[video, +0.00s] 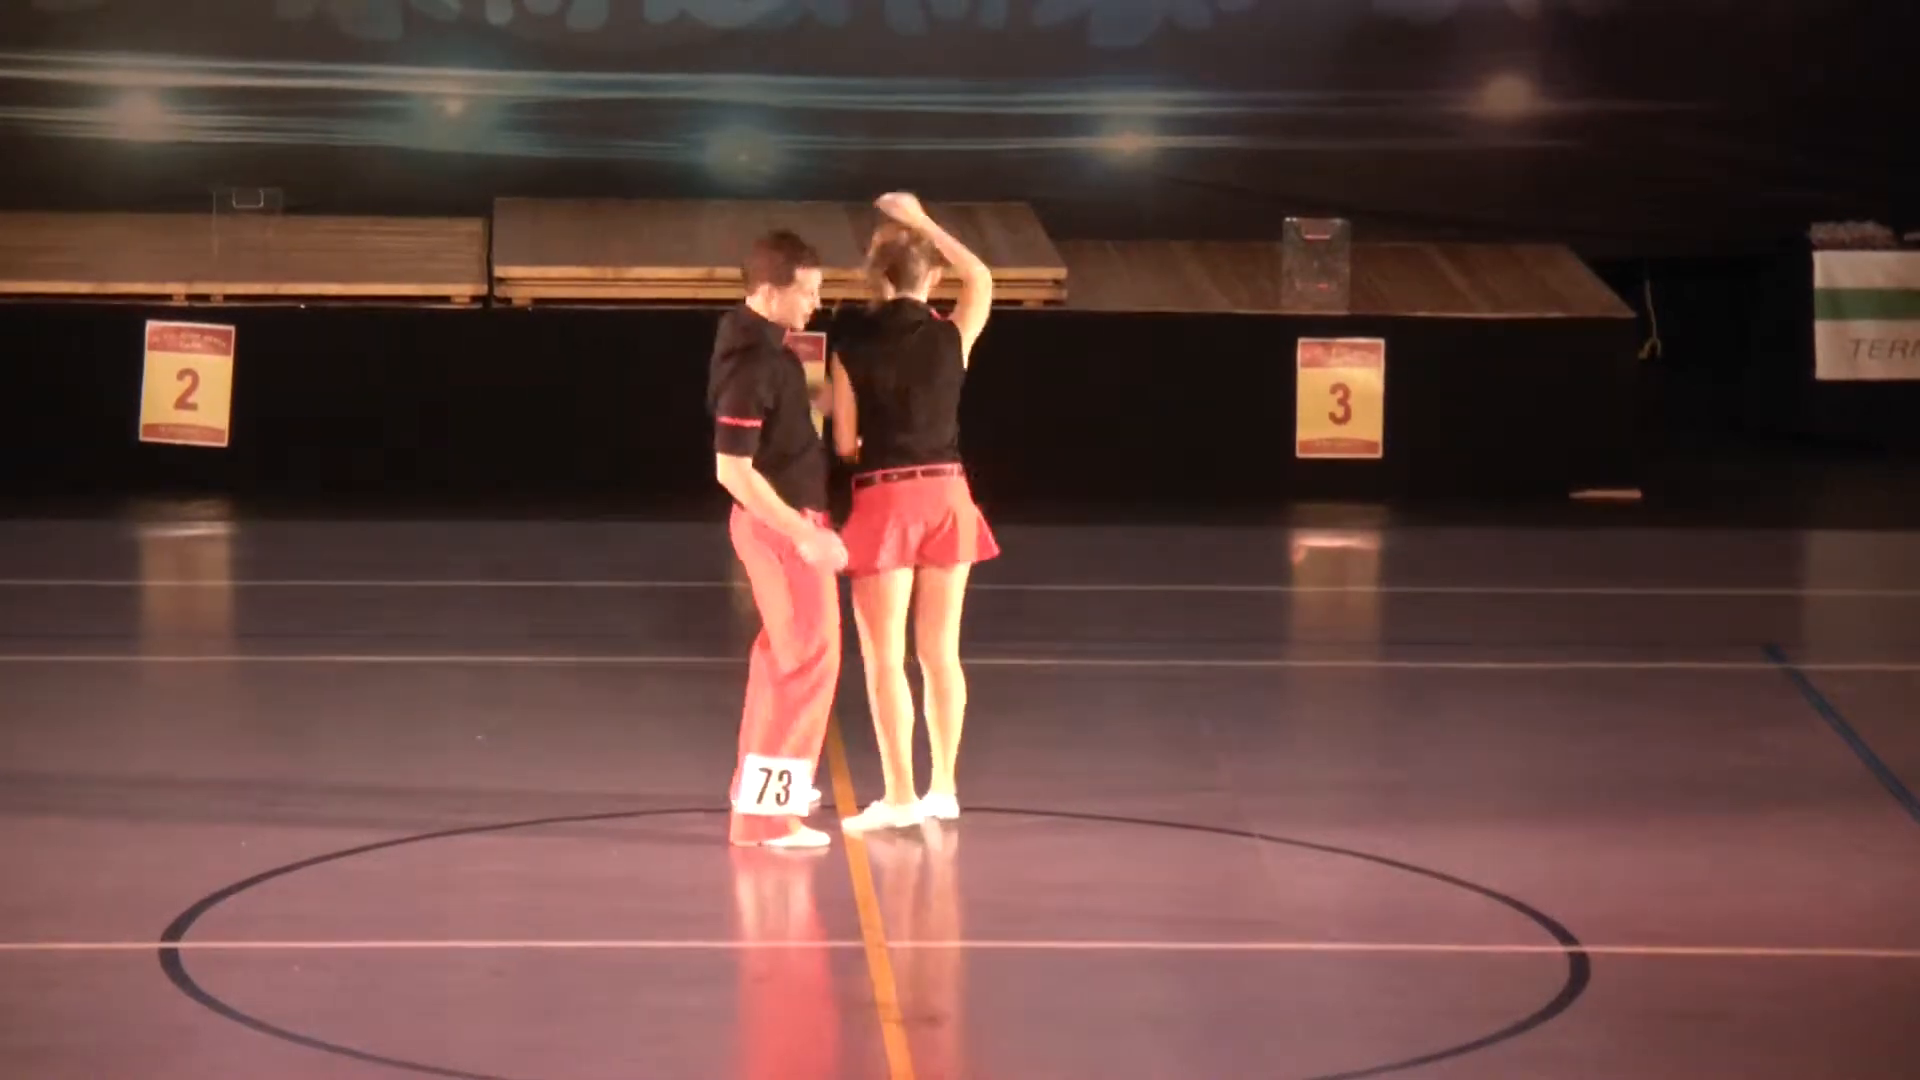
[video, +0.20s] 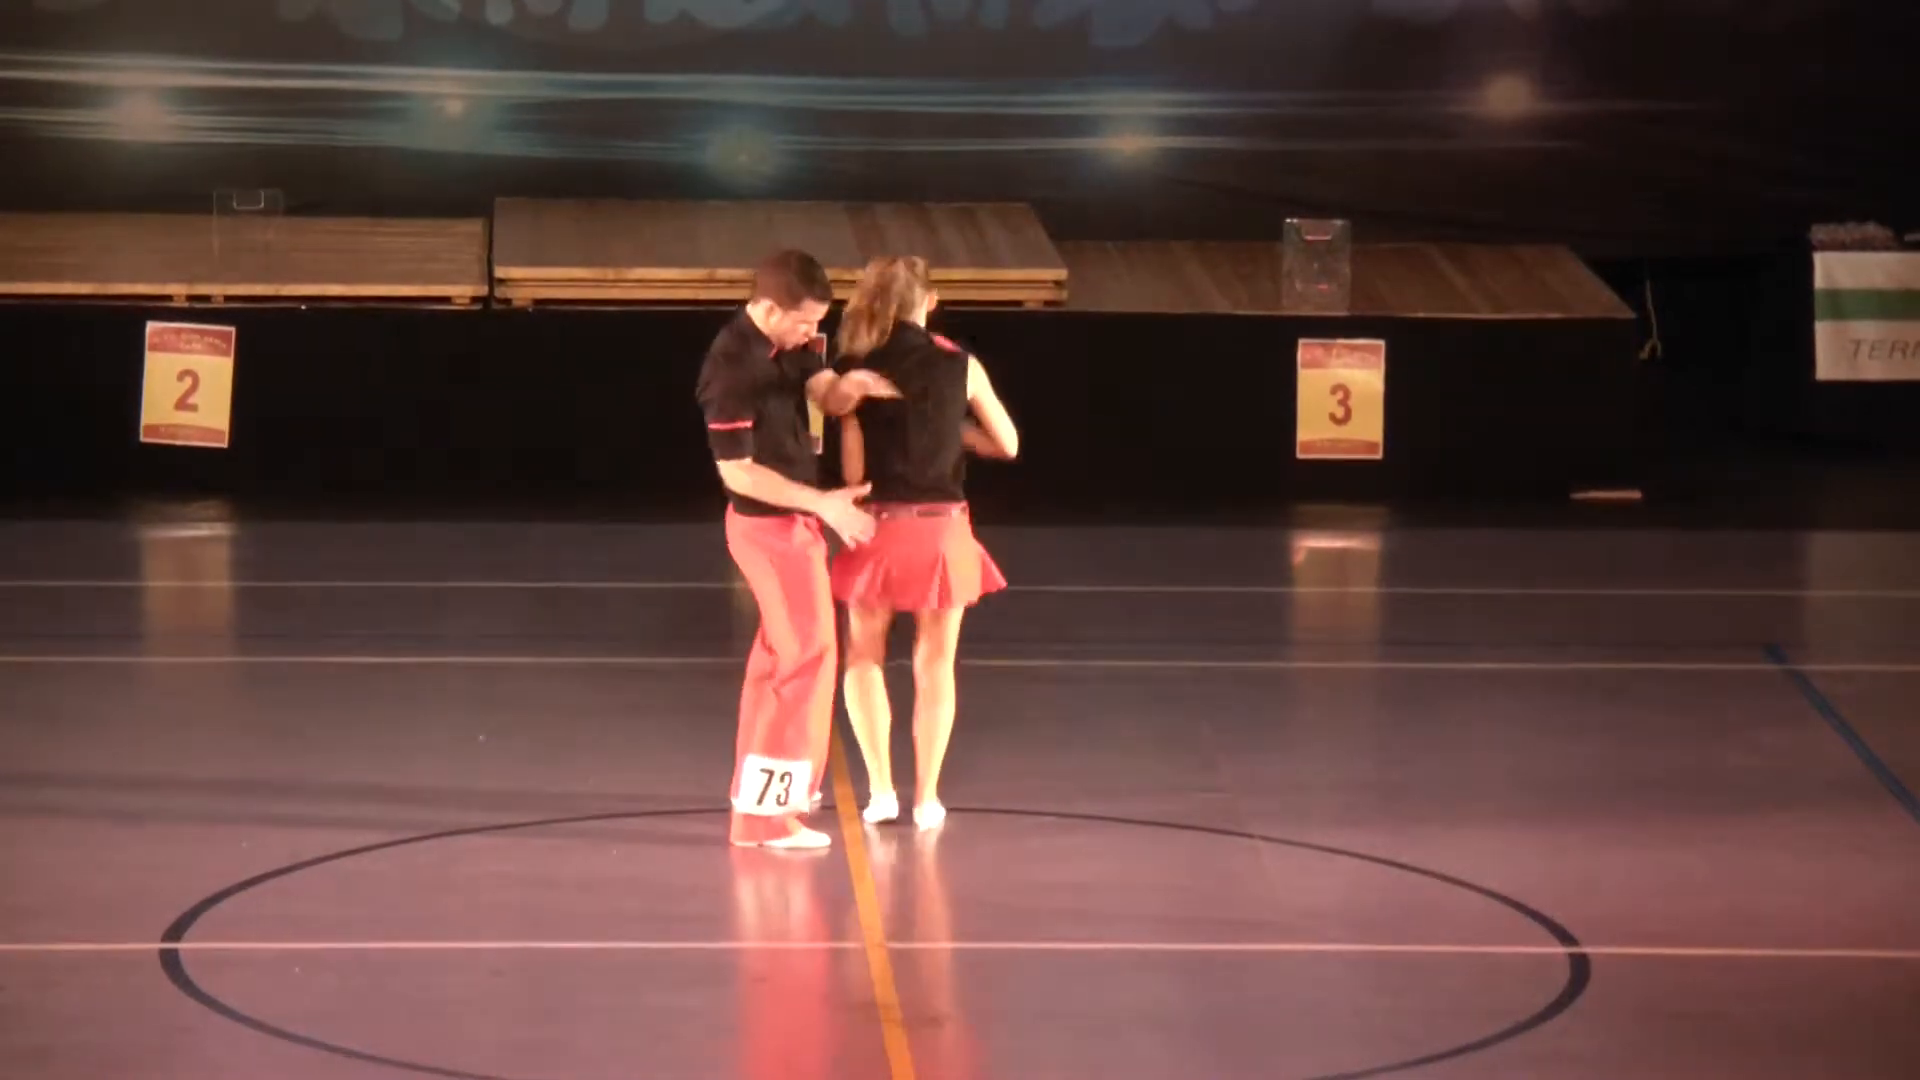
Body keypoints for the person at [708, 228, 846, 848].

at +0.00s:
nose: (815, 303)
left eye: (815, 290)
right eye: (808, 291)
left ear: (770, 289)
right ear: (773, 290)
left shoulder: (757, 334)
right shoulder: (754, 354)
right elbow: (734, 467)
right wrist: (802, 534)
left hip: (781, 515)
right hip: (778, 520)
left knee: (782, 652)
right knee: (812, 656)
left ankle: (757, 804)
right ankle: (769, 812)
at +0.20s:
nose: (813, 331)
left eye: (817, 320)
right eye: (805, 319)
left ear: (789, 311)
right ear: (769, 308)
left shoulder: (791, 341)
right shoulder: (734, 363)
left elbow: (823, 399)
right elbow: (737, 471)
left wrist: (841, 385)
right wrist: (823, 503)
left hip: (792, 522)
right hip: (767, 526)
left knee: (780, 652)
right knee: (810, 653)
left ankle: (754, 800)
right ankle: (767, 812)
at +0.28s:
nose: (821, 335)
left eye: (824, 324)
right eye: (813, 324)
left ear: (811, 310)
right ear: (776, 308)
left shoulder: (796, 338)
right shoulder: (733, 364)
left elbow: (850, 371)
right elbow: (750, 465)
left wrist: (903, 402)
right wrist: (829, 499)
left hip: (786, 516)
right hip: (752, 521)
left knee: (787, 650)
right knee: (780, 652)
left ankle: (772, 785)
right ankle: (754, 810)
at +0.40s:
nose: (831, 356)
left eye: (835, 345)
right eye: (823, 346)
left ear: (835, 332)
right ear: (788, 330)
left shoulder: (834, 342)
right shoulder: (739, 372)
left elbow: (886, 415)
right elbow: (762, 470)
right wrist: (837, 521)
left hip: (777, 516)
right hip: (729, 519)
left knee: (747, 653)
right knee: (766, 652)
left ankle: (752, 784)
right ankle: (748, 814)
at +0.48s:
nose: (833, 378)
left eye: (837, 368)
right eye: (824, 370)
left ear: (843, 353)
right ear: (792, 352)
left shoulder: (841, 363)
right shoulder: (743, 384)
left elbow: (884, 441)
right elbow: (769, 477)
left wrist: (933, 520)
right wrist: (842, 523)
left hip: (770, 522)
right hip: (720, 524)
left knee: (736, 650)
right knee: (765, 650)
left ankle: (741, 776)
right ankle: (747, 812)